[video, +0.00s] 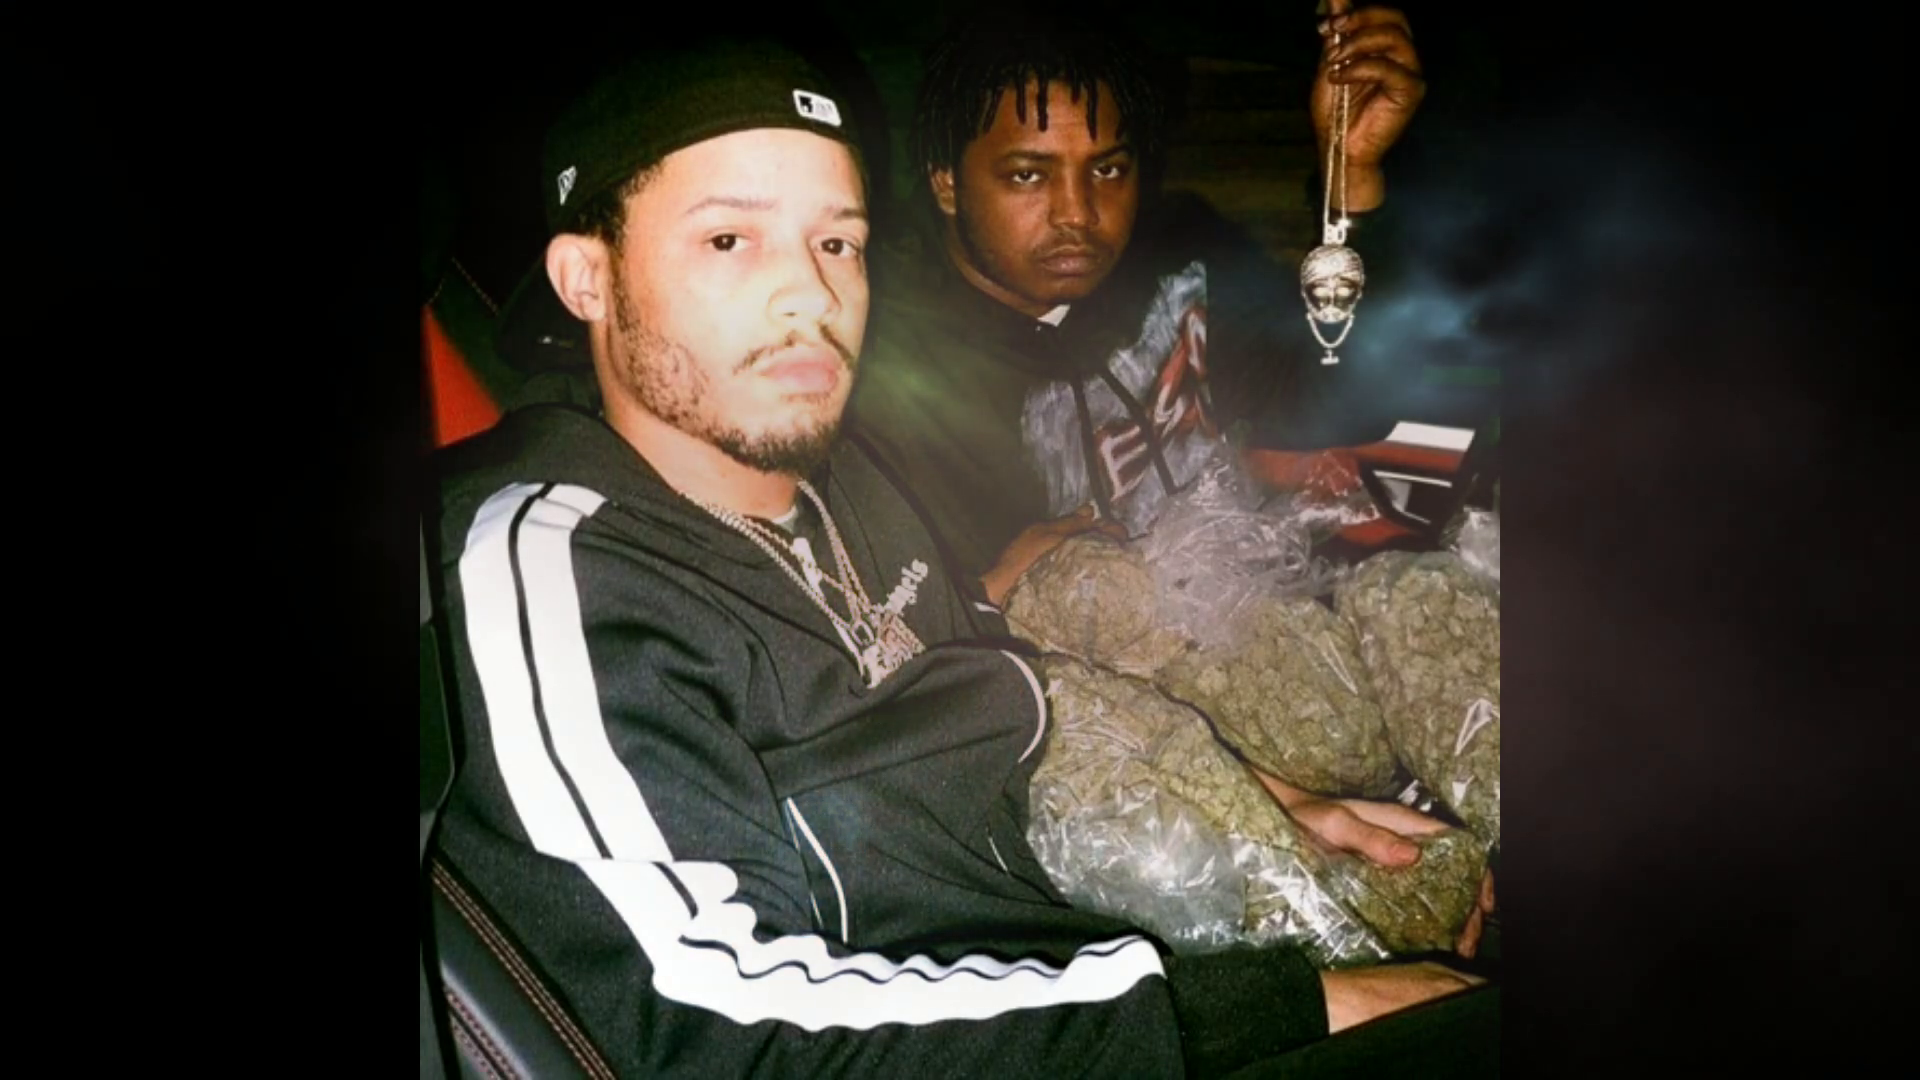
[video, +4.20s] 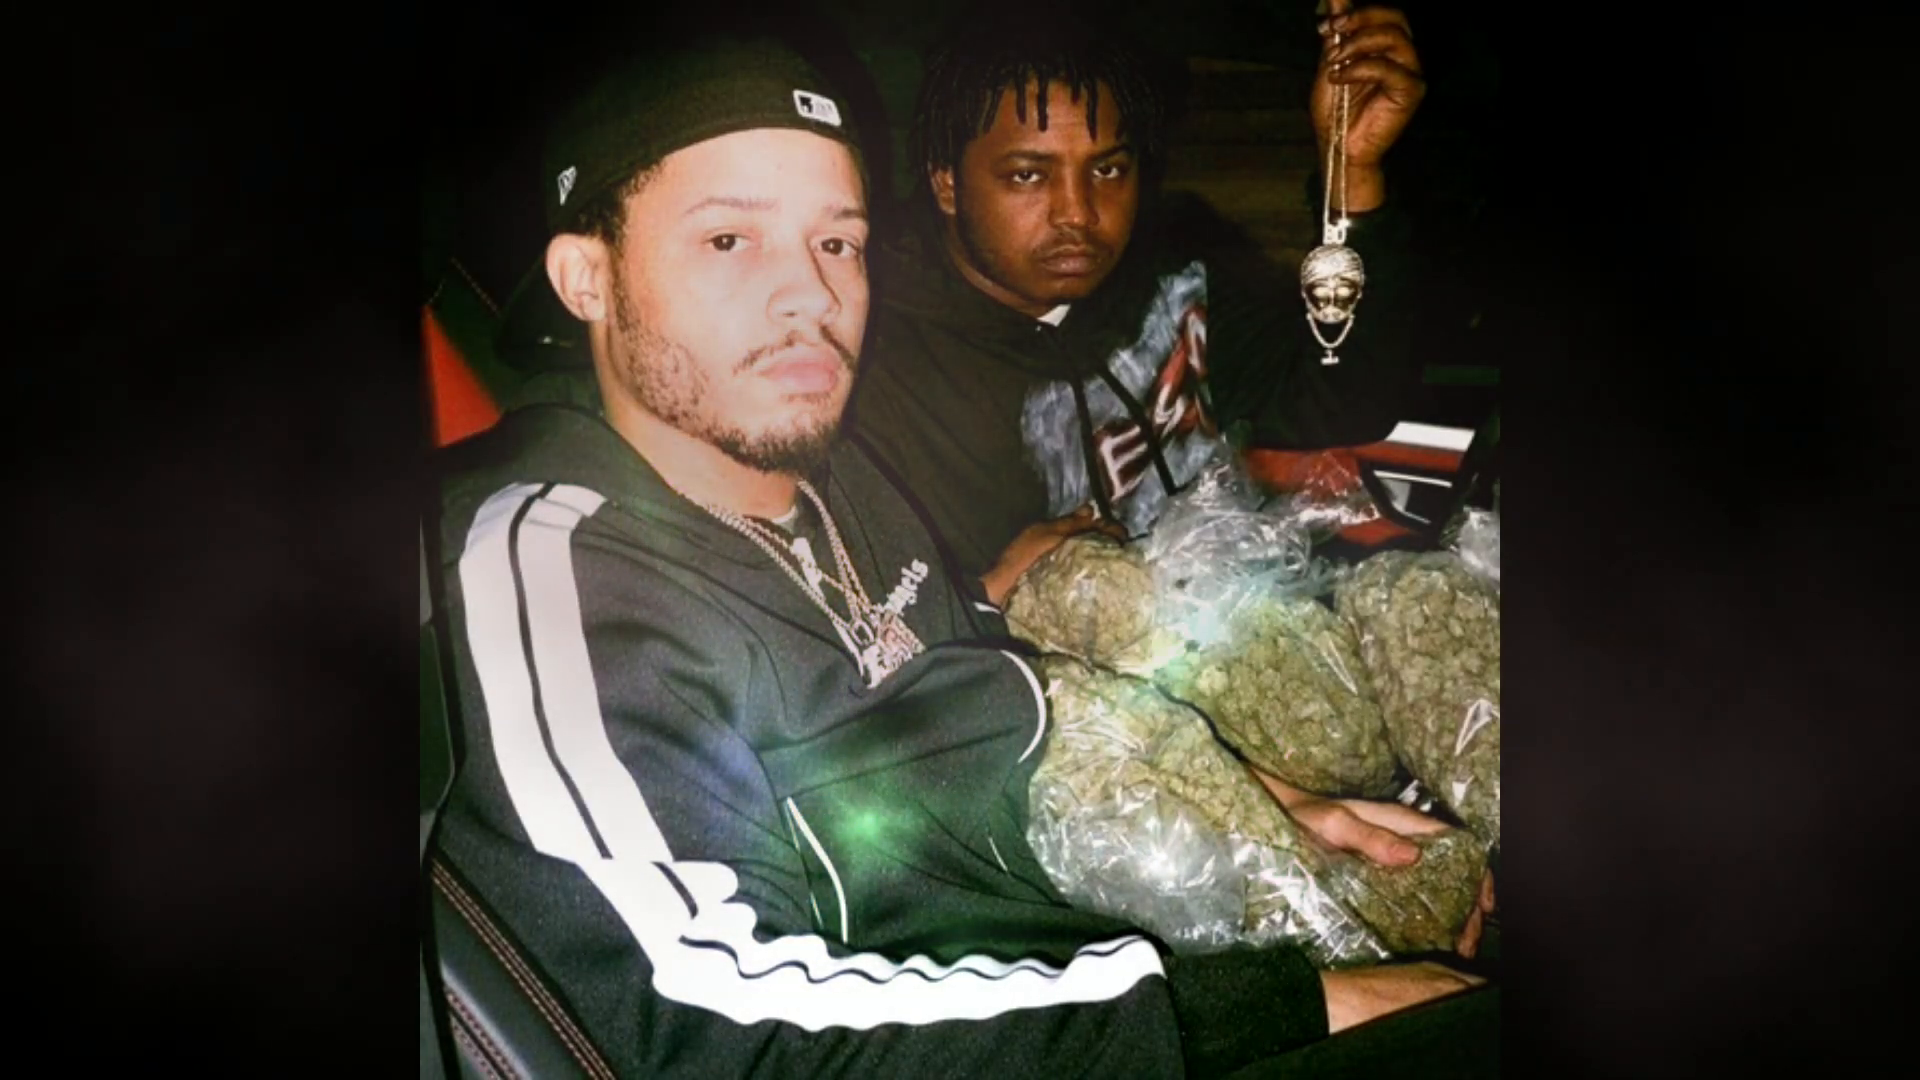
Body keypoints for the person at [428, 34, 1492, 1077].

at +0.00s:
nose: (811, 302)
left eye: (836, 249)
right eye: (730, 244)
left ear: (868, 270)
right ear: (590, 284)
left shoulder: (838, 481)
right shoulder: (533, 553)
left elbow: (1011, 731)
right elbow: (706, 1011)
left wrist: (1268, 820)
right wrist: (1274, 1008)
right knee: (1490, 1012)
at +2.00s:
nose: (812, 303)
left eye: (835, 249)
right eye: (730, 244)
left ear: (866, 267)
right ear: (589, 282)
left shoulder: (832, 485)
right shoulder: (537, 556)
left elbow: (1016, 769)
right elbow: (705, 1020)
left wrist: (1276, 836)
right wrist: (1277, 1009)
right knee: (1475, 1016)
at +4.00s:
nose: (812, 305)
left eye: (837, 249)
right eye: (729, 245)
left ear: (869, 267)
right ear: (588, 282)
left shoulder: (827, 479)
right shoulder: (532, 556)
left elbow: (1010, 738)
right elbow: (701, 1018)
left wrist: (1259, 818)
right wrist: (1274, 1009)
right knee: (1480, 1008)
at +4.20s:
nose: (815, 308)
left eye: (837, 249)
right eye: (731, 247)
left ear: (869, 263)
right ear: (588, 281)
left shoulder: (830, 482)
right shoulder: (534, 559)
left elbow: (1009, 750)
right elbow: (701, 1016)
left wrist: (1265, 825)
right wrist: (1270, 1009)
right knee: (1475, 1006)